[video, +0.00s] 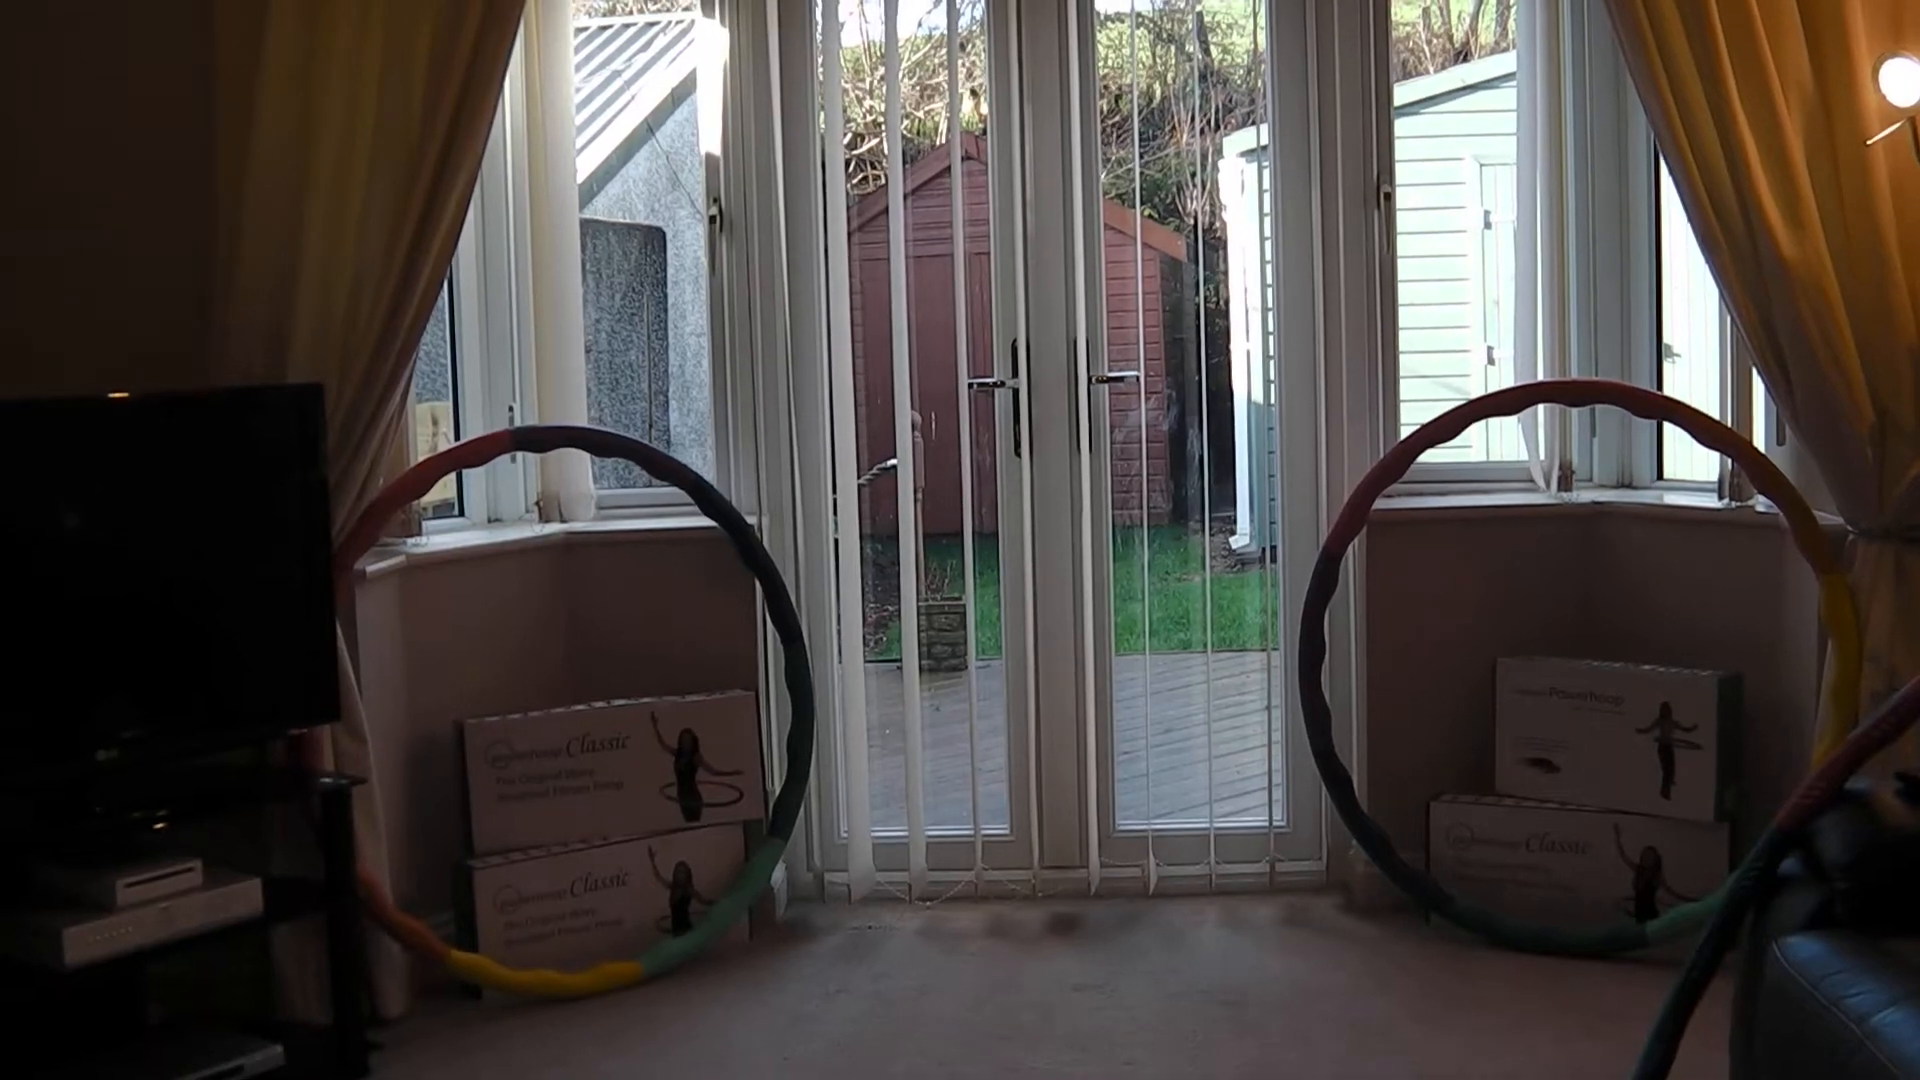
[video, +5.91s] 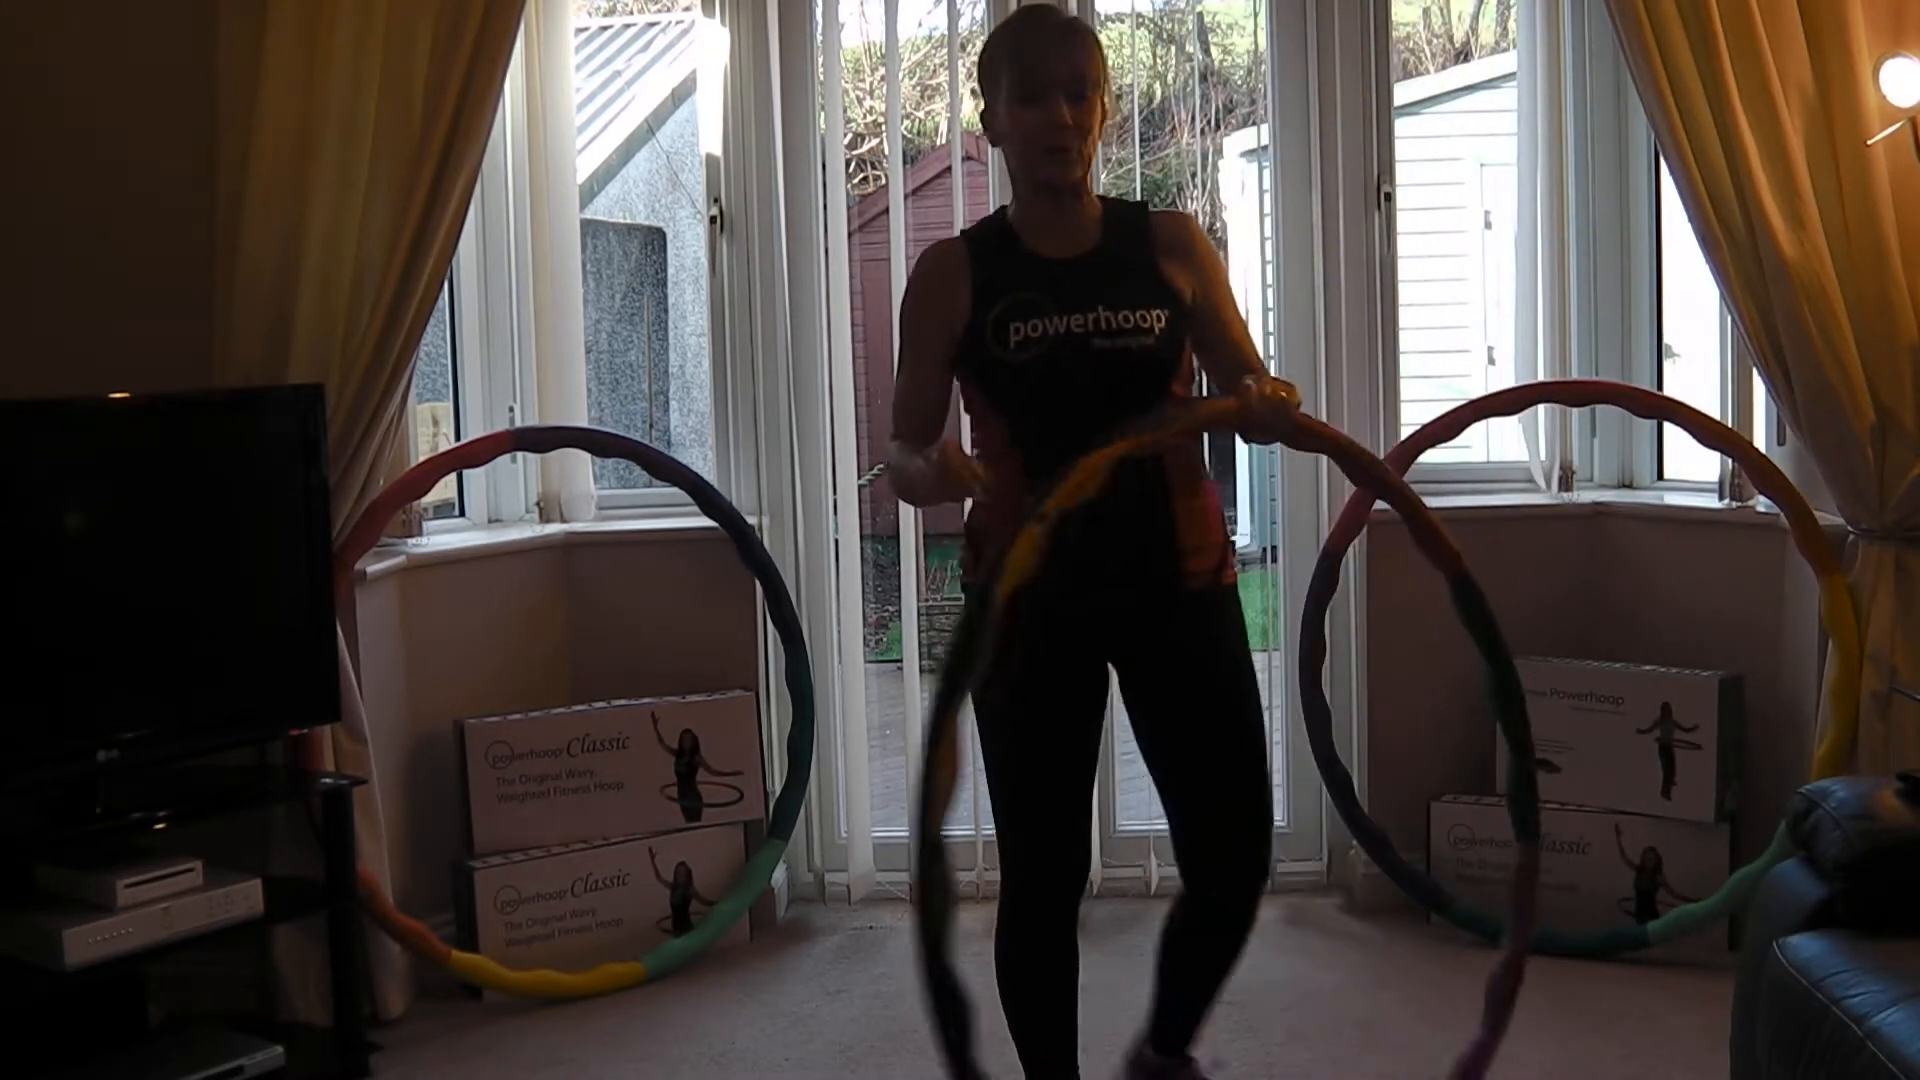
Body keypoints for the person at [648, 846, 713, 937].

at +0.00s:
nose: (680, 875)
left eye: (683, 872)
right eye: (678, 872)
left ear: (688, 874)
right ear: (674, 874)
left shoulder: (689, 890)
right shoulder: (672, 887)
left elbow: (702, 901)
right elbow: (658, 877)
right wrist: (652, 860)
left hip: (686, 924)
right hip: (675, 924)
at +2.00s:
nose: (681, 874)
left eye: (684, 871)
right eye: (679, 871)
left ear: (688, 873)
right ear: (675, 873)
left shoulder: (689, 889)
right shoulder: (673, 886)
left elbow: (702, 901)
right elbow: (658, 878)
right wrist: (653, 861)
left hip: (686, 922)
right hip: (675, 923)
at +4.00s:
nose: (681, 876)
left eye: (683, 873)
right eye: (678, 873)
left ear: (688, 875)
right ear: (675, 874)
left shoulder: (690, 889)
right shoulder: (673, 887)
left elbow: (702, 901)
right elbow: (658, 878)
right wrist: (652, 861)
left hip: (686, 924)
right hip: (675, 924)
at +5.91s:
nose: (681, 875)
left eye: (683, 872)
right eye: (678, 872)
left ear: (688, 874)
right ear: (675, 874)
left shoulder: (690, 889)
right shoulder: (673, 887)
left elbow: (704, 902)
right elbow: (658, 878)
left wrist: (719, 903)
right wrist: (652, 860)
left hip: (686, 924)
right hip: (675, 924)